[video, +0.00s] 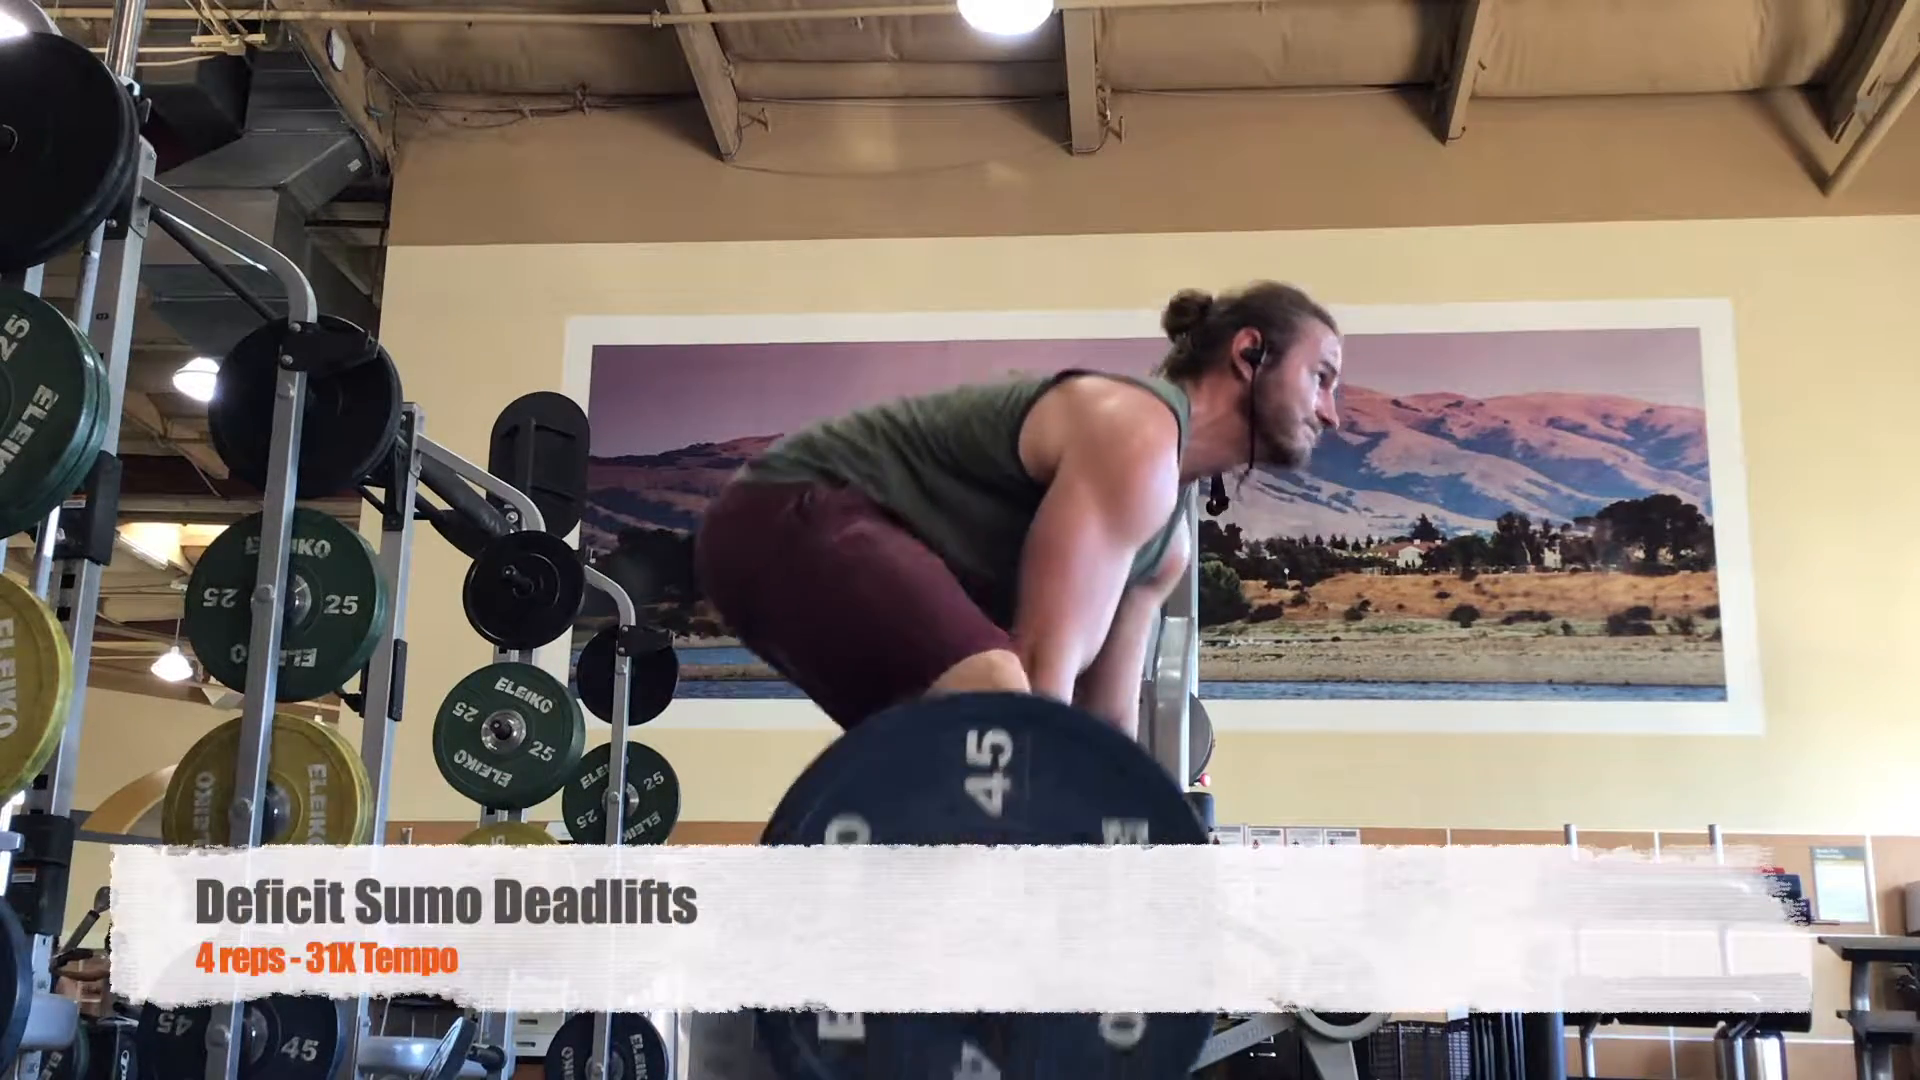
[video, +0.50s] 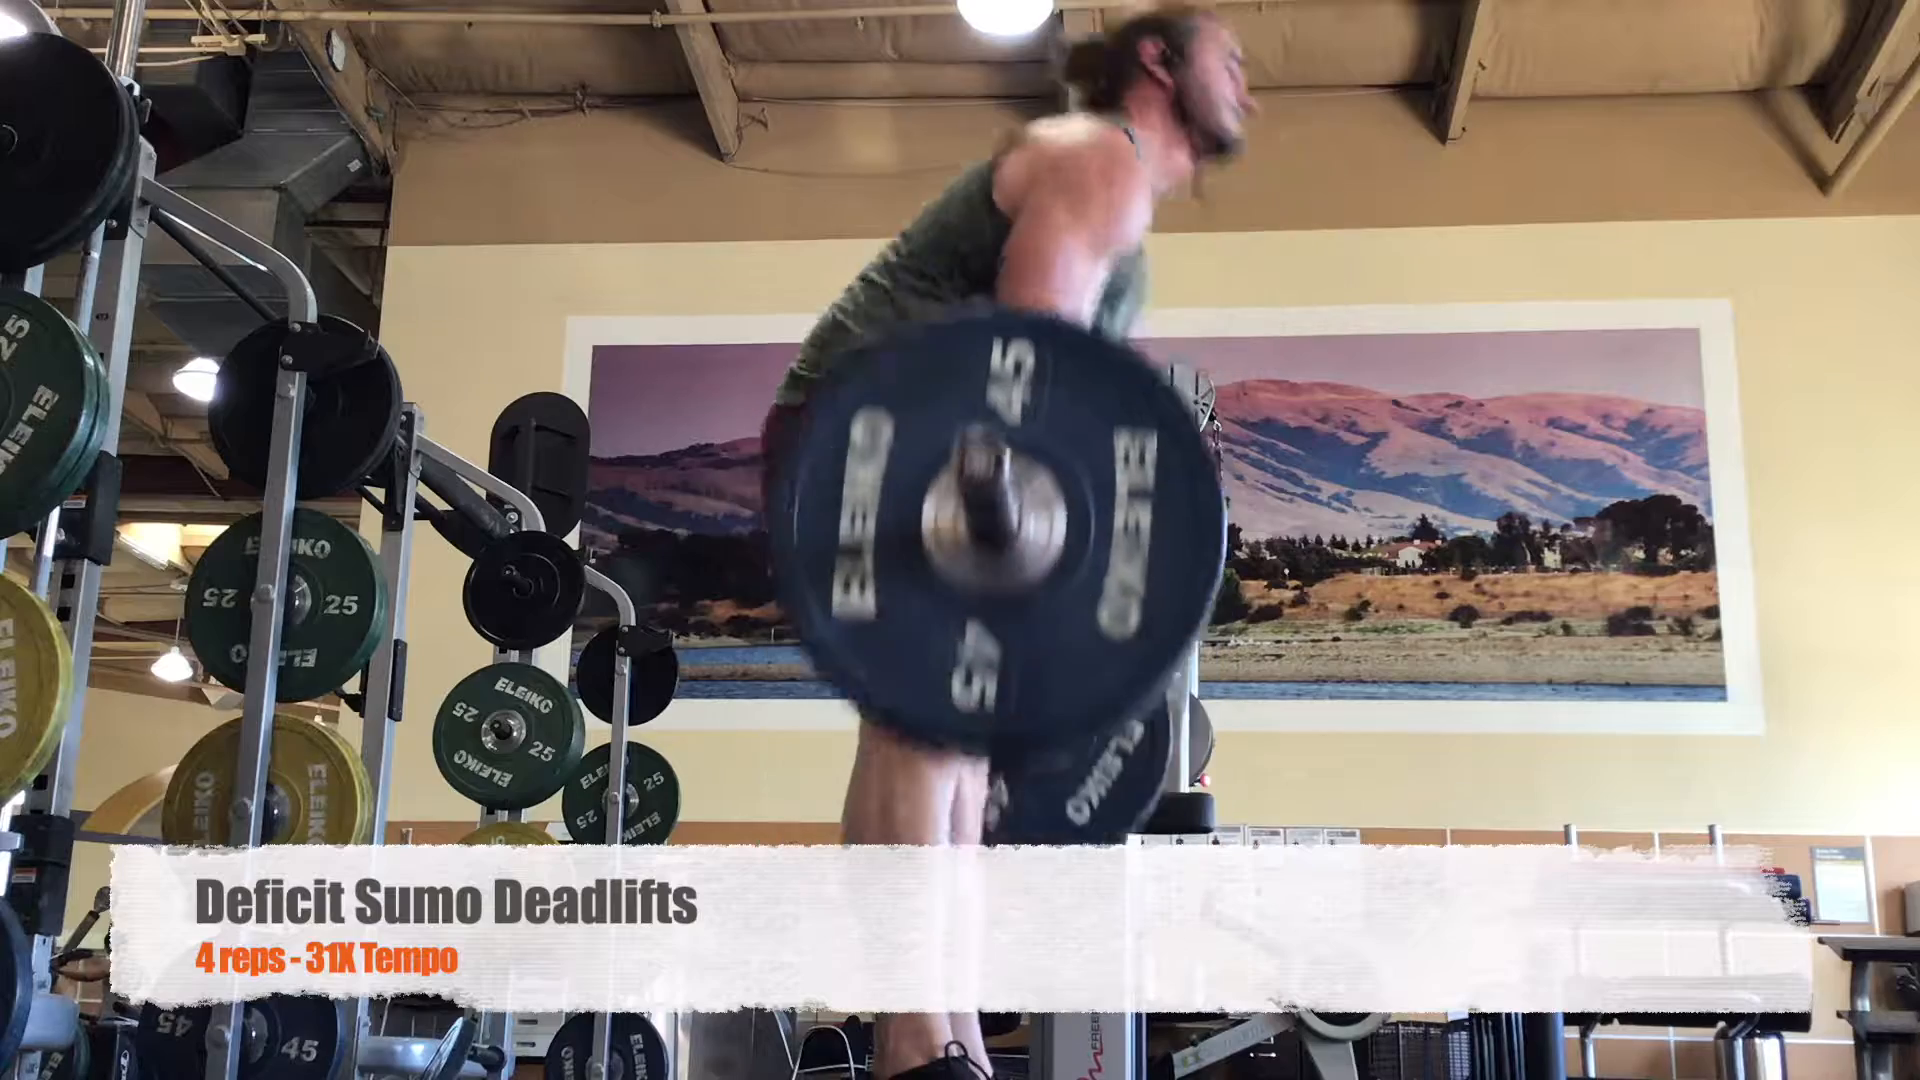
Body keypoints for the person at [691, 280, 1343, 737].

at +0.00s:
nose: (1334, 411)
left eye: (1338, 388)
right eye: (1322, 377)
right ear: (1248, 357)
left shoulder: (1166, 541)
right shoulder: (1131, 438)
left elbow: (1109, 713)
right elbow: (1041, 672)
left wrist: (1127, 862)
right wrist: (1066, 859)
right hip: (791, 512)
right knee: (994, 686)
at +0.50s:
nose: (1248, 96)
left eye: (1245, 76)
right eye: (1230, 68)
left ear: (1160, 71)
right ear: (1159, 66)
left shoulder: (1121, 195)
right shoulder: (1098, 151)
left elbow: (1078, 383)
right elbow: (1031, 342)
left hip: (907, 430)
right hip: (855, 417)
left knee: (963, 725)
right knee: (925, 718)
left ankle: (951, 1030)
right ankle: (914, 1038)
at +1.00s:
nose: (994, 4)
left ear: (901, 11)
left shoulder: (931, 87)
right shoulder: (895, 70)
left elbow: (975, 278)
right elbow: (956, 271)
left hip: (969, 428)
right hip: (916, 423)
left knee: (997, 722)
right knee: (959, 711)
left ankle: (957, 1034)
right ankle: (912, 1045)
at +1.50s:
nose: (1013, 2)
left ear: (909, 10)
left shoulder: (932, 81)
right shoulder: (915, 69)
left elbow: (982, 283)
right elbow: (973, 277)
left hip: (965, 427)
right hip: (918, 422)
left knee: (994, 727)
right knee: (967, 711)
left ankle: (956, 1039)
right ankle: (913, 1050)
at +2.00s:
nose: (1148, 6)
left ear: (1058, 14)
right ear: (1061, 1)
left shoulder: (1053, 96)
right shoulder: (1031, 75)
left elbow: (1035, 328)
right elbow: (1030, 312)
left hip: (981, 443)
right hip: (926, 430)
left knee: (996, 718)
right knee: (961, 704)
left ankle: (953, 1035)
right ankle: (914, 1047)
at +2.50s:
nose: (1235, 33)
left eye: (1229, 15)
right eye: (1215, 12)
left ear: (1159, 28)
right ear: (1153, 19)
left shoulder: (1123, 148)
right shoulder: (1097, 115)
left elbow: (1075, 357)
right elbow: (1058, 335)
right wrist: (1075, 563)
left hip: (956, 440)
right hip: (886, 426)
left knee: (992, 724)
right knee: (931, 713)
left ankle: (958, 1032)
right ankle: (908, 1043)